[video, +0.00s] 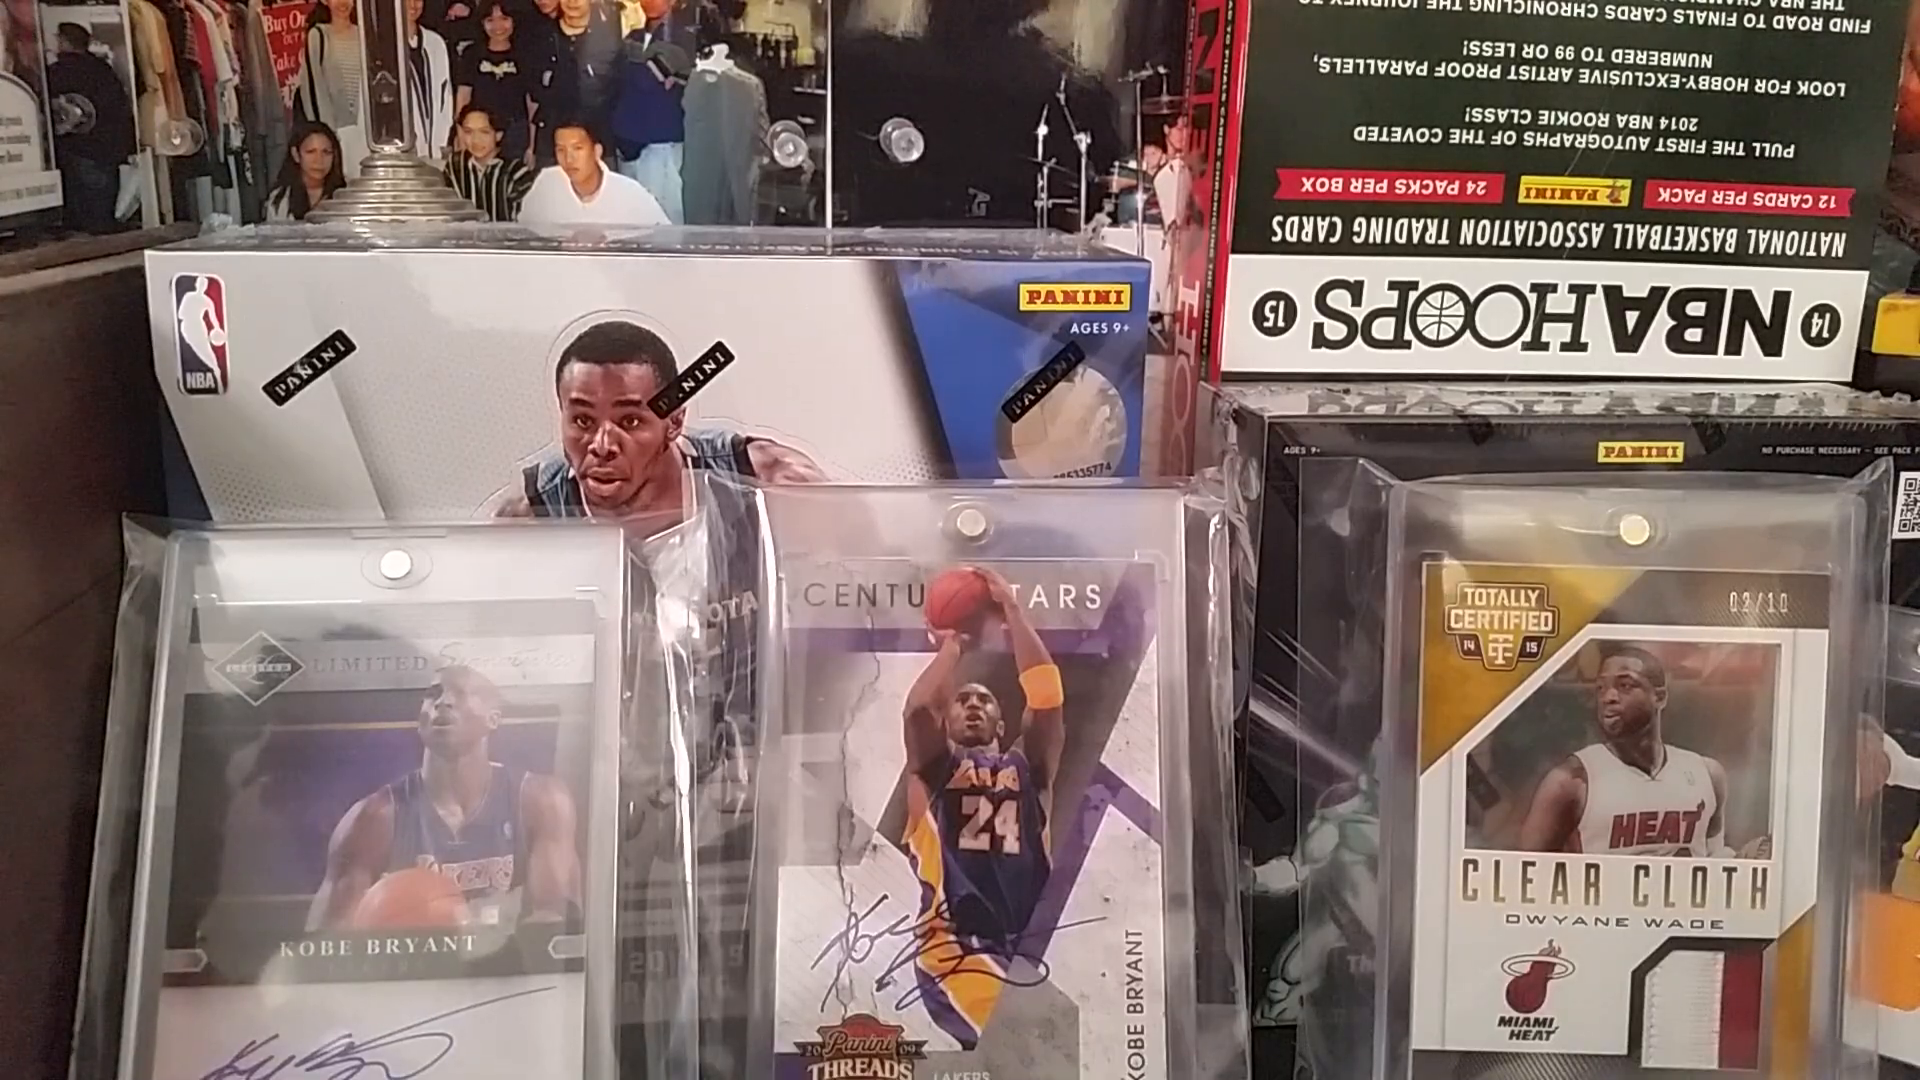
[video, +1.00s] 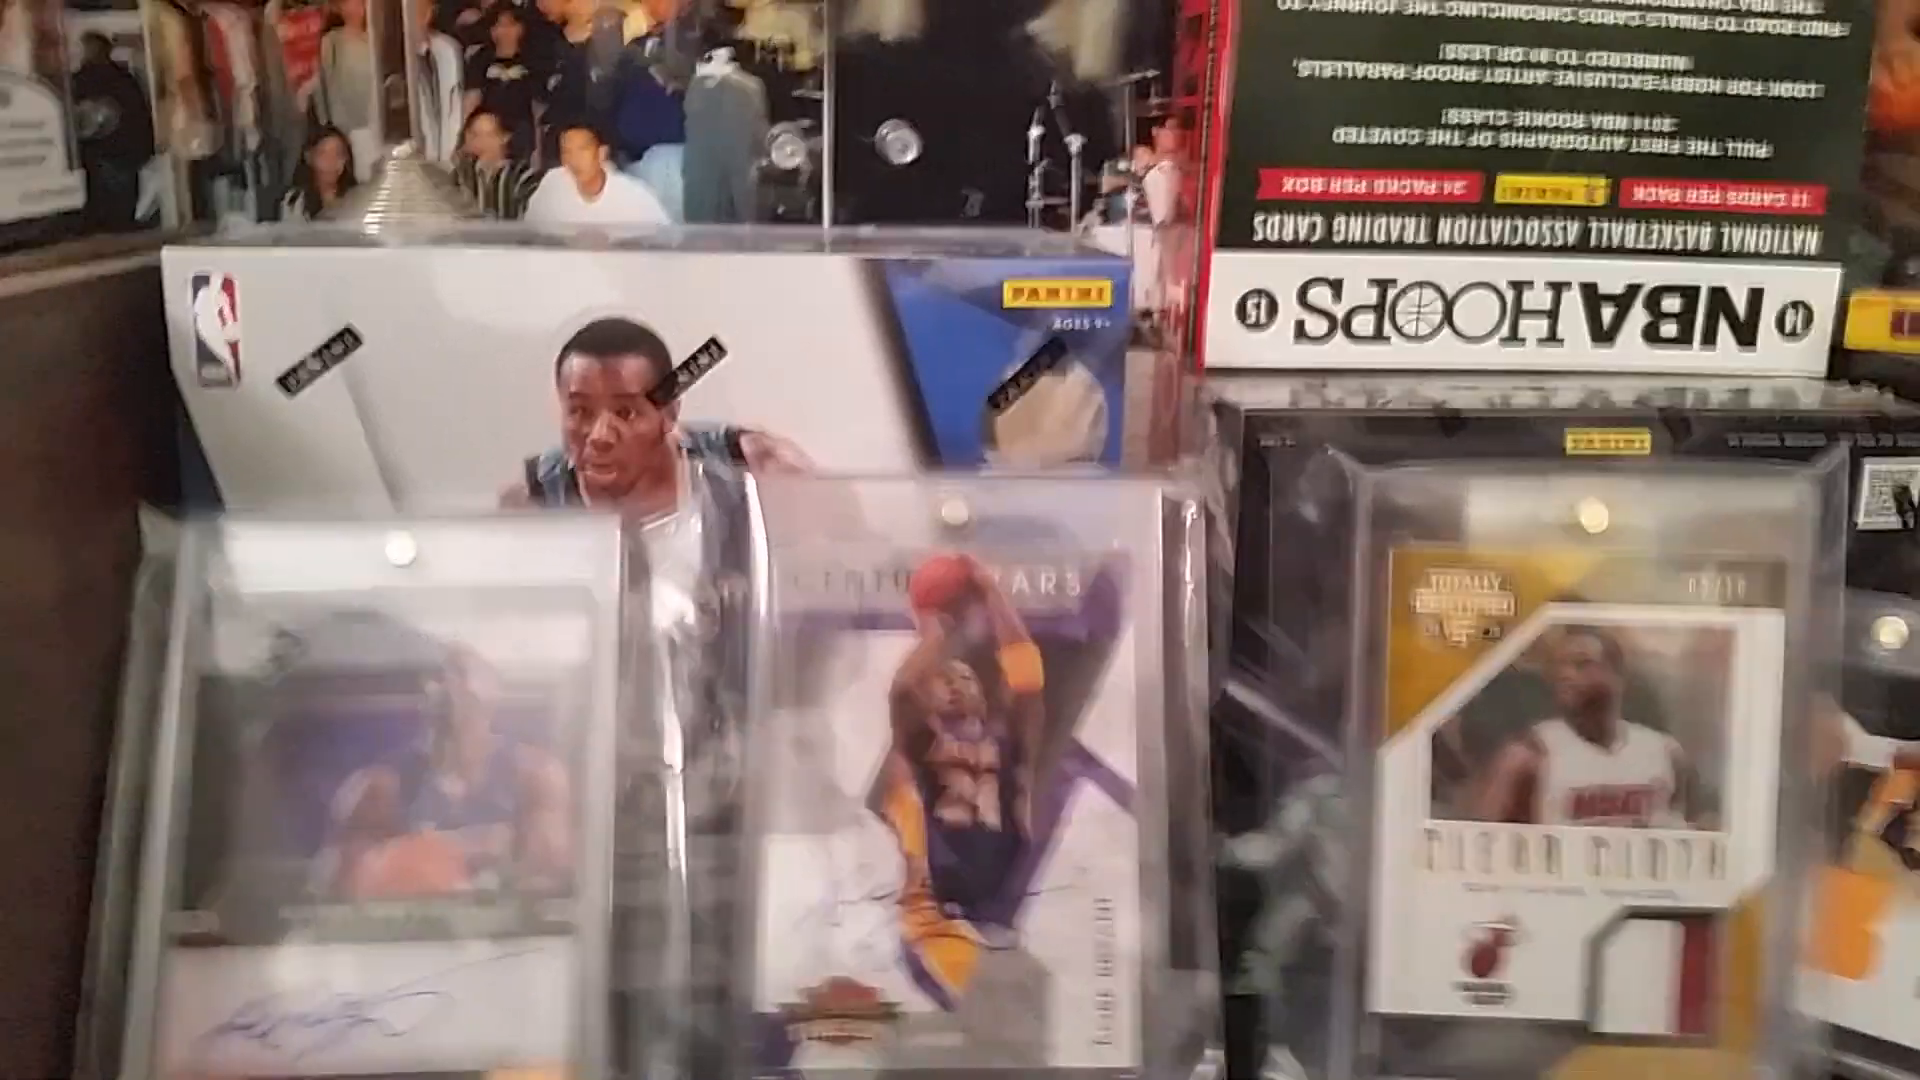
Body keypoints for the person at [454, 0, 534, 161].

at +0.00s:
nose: (498, 26)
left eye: (504, 18)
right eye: (490, 20)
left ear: (513, 22)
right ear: (483, 25)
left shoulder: (524, 55)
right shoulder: (472, 53)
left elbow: (532, 102)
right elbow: (463, 96)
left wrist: (531, 146)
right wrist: (460, 135)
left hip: (515, 130)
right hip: (480, 132)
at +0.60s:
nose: (516, 24)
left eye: (522, 17)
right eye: (508, 19)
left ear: (531, 21)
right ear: (501, 24)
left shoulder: (541, 54)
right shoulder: (491, 53)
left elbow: (549, 101)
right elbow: (482, 94)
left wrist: (549, 145)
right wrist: (479, 133)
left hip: (533, 128)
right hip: (499, 129)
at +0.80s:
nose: (535, 24)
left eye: (540, 17)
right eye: (529, 18)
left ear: (548, 23)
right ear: (522, 23)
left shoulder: (558, 54)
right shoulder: (508, 53)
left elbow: (566, 101)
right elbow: (499, 94)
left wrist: (566, 144)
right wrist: (496, 132)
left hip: (550, 129)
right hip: (515, 130)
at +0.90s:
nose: (542, 25)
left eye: (542, 20)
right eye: (536, 20)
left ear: (545, 25)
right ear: (521, 26)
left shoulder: (557, 56)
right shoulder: (507, 55)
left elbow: (565, 103)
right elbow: (498, 96)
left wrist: (564, 145)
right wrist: (495, 134)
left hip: (548, 131)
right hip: (514, 132)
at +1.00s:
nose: (500, 31)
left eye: (507, 25)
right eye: (497, 25)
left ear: (520, 29)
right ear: (491, 30)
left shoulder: (531, 63)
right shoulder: (480, 61)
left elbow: (538, 108)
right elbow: (472, 100)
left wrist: (538, 148)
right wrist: (465, 140)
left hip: (520, 135)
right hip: (485, 137)